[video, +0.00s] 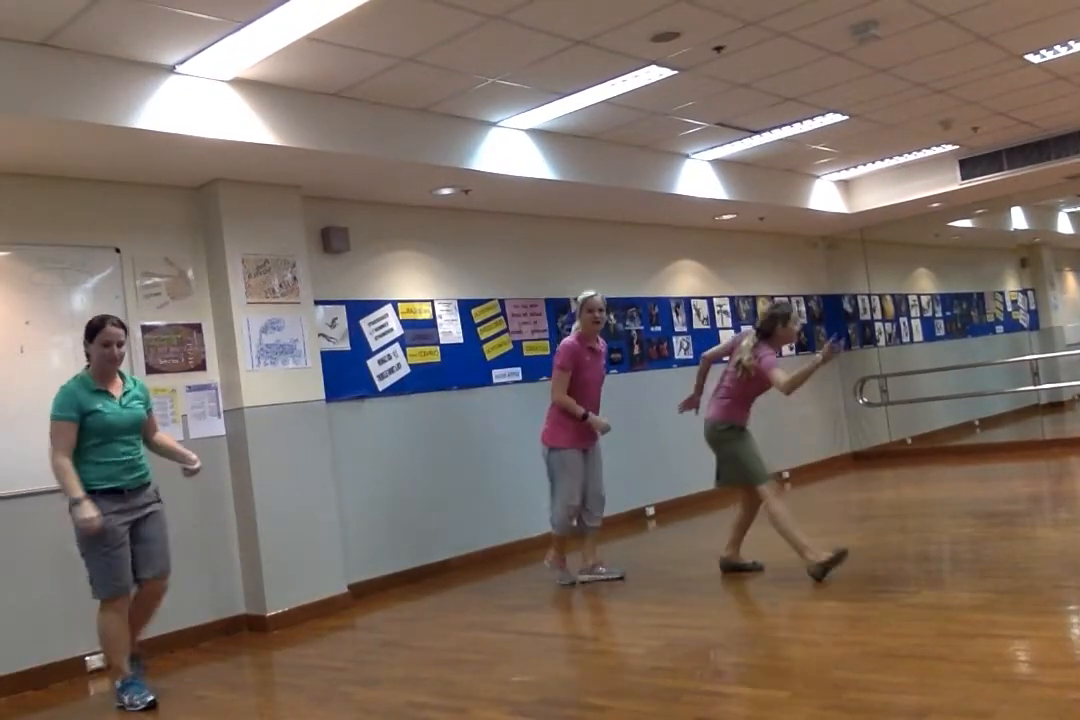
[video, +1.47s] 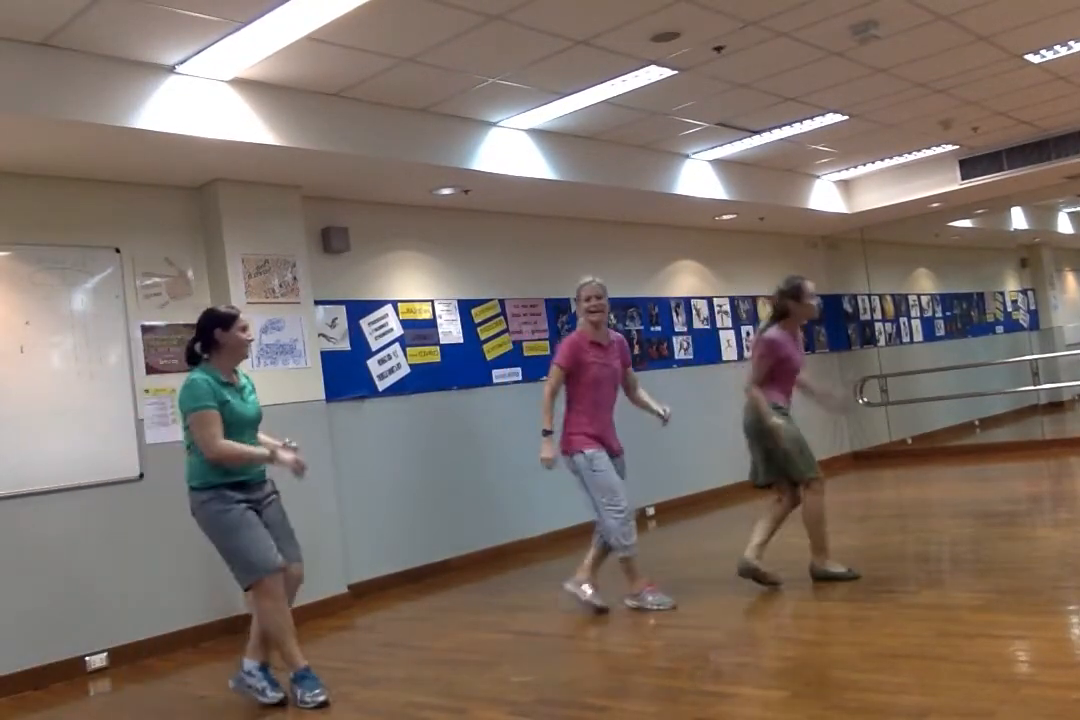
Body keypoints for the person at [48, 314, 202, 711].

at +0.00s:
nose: (115, 352)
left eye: (120, 345)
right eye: (106, 345)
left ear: (127, 348)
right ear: (89, 347)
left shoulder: (137, 388)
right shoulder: (72, 395)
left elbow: (152, 435)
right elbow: (60, 456)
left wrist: (183, 454)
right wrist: (81, 501)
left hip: (144, 497)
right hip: (100, 505)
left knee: (156, 582)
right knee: (116, 596)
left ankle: (126, 645)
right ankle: (122, 682)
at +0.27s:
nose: (117, 352)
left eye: (122, 346)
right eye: (108, 346)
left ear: (129, 349)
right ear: (92, 349)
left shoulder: (144, 391)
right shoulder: (75, 395)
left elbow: (164, 438)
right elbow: (53, 452)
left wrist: (176, 462)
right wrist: (59, 499)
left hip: (141, 498)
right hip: (95, 501)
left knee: (124, 587)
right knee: (123, 586)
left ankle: (98, 663)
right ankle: (126, 677)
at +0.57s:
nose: (135, 352)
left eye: (140, 345)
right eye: (127, 345)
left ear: (145, 348)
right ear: (108, 350)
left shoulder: (156, 393)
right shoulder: (91, 395)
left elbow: (171, 445)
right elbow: (76, 453)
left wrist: (193, 487)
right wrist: (110, 467)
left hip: (162, 500)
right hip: (115, 508)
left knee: (190, 577)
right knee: (130, 594)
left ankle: (165, 650)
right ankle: (129, 679)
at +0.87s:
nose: (182, 347)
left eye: (183, 341)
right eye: (173, 341)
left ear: (182, 347)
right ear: (146, 346)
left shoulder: (189, 391)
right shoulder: (126, 391)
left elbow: (207, 446)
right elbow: (119, 452)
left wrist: (239, 482)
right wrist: (155, 429)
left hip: (204, 499)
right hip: (155, 508)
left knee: (226, 583)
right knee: (155, 600)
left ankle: (245, 677)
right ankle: (132, 675)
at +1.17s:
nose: (220, 333)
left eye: (218, 326)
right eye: (211, 327)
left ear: (205, 334)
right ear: (186, 334)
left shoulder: (227, 377)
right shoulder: (162, 381)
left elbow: (245, 428)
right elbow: (161, 444)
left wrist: (269, 457)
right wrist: (207, 430)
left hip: (244, 484)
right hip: (198, 490)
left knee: (253, 577)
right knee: (237, 574)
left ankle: (250, 676)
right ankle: (253, 676)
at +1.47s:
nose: (250, 335)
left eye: (249, 329)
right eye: (242, 330)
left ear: (225, 338)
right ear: (217, 338)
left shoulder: (242, 380)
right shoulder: (198, 385)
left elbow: (246, 432)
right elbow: (213, 447)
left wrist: (279, 446)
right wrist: (271, 455)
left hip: (258, 486)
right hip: (218, 496)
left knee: (291, 572)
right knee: (268, 574)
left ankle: (252, 668)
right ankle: (300, 673)